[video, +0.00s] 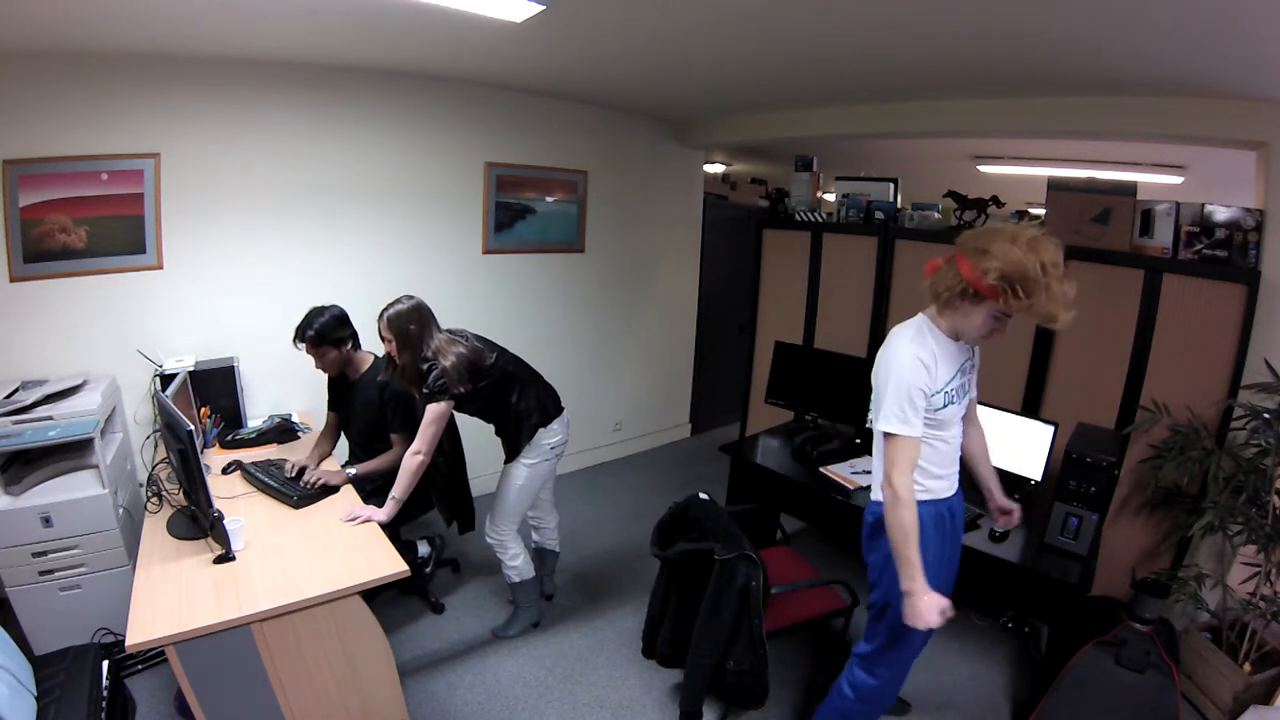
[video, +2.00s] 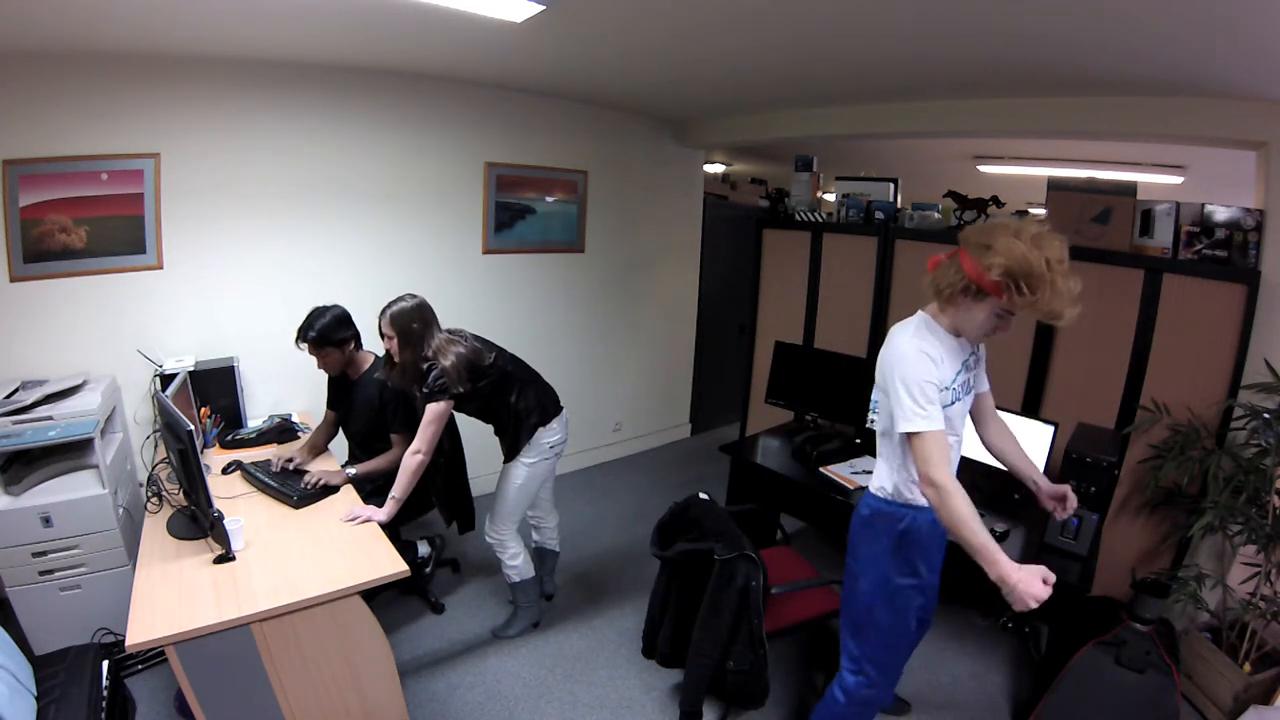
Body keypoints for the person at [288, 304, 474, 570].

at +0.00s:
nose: (316, 364)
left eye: (320, 355)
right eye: (312, 356)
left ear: (346, 345)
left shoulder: (389, 382)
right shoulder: (339, 376)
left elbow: (403, 450)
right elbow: (332, 429)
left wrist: (347, 474)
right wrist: (311, 459)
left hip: (406, 477)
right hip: (364, 474)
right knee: (320, 513)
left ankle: (419, 552)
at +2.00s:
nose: (318, 363)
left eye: (322, 355)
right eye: (315, 356)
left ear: (349, 346)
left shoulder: (389, 381)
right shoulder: (339, 374)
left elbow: (403, 451)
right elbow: (330, 424)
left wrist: (346, 473)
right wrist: (303, 453)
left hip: (402, 477)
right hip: (362, 473)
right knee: (317, 512)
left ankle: (419, 553)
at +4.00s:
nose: (318, 358)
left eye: (324, 349)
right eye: (315, 349)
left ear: (352, 343)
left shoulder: (389, 382)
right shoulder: (337, 374)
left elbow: (402, 451)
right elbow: (311, 425)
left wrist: (346, 474)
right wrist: (263, 453)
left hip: (404, 479)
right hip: (363, 475)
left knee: (342, 531)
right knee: (315, 513)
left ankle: (418, 554)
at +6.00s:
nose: (312, 355)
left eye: (317, 346)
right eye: (311, 346)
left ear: (343, 344)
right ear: (336, 346)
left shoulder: (389, 381)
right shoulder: (337, 377)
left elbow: (405, 449)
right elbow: (312, 429)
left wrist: (347, 473)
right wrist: (259, 453)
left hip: (413, 477)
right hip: (371, 471)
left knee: (351, 531)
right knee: (321, 514)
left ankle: (418, 554)